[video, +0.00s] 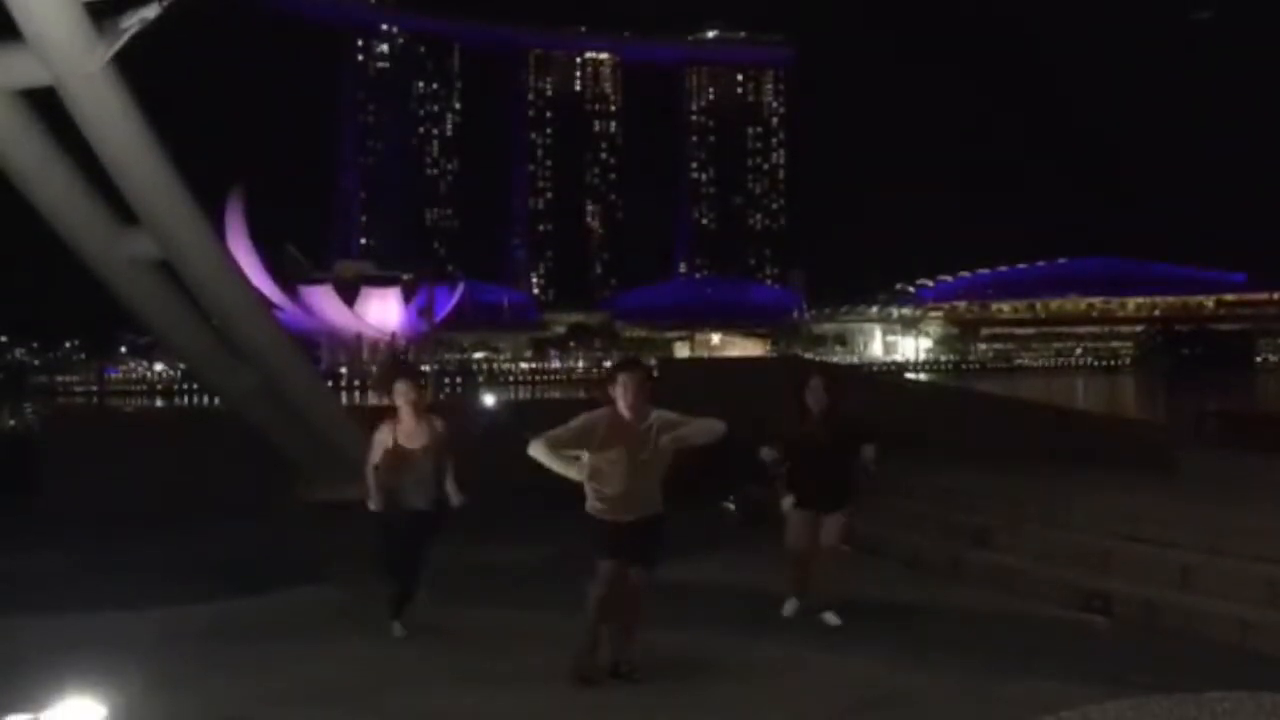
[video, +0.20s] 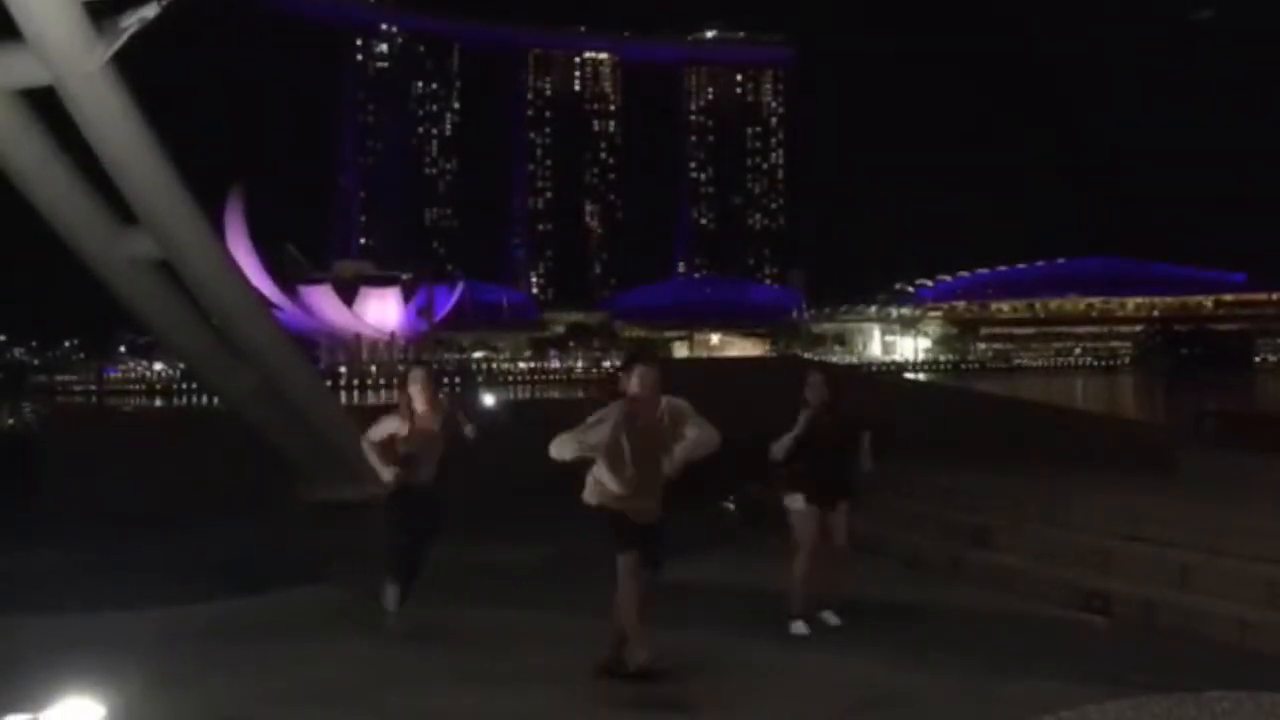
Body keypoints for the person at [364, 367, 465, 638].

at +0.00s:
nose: (405, 399)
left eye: (409, 392)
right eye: (400, 393)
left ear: (419, 394)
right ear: (393, 398)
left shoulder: (435, 426)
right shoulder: (387, 432)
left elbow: (445, 458)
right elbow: (371, 465)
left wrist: (451, 488)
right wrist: (374, 494)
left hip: (427, 506)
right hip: (396, 506)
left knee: (415, 562)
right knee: (395, 559)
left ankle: (397, 616)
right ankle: (397, 605)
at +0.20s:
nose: (422, 392)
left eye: (425, 385)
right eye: (416, 386)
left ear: (433, 389)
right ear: (407, 390)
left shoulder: (443, 418)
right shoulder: (399, 422)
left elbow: (470, 437)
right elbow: (367, 440)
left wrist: (458, 415)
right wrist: (383, 469)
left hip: (429, 488)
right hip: (402, 487)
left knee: (422, 543)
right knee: (400, 540)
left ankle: (404, 588)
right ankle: (393, 584)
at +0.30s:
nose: (427, 392)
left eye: (431, 385)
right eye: (421, 386)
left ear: (438, 388)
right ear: (412, 389)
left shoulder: (445, 415)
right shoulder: (406, 419)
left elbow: (452, 451)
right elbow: (389, 465)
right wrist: (412, 482)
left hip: (437, 491)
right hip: (411, 494)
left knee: (428, 548)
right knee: (417, 549)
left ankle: (382, 572)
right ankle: (421, 609)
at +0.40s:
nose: (430, 414)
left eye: (434, 408)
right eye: (424, 409)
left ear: (441, 410)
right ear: (417, 413)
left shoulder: (450, 436)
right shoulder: (414, 433)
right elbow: (410, 459)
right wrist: (437, 431)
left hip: (442, 503)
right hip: (417, 505)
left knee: (444, 561)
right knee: (425, 568)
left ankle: (397, 536)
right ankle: (430, 631)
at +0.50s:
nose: (434, 445)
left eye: (436, 438)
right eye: (428, 439)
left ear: (439, 442)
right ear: (417, 441)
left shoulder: (437, 456)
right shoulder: (418, 456)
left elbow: (436, 432)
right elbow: (431, 430)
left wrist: (413, 417)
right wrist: (446, 395)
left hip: (441, 515)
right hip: (420, 519)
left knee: (452, 565)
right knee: (431, 574)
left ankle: (416, 555)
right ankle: (431, 631)